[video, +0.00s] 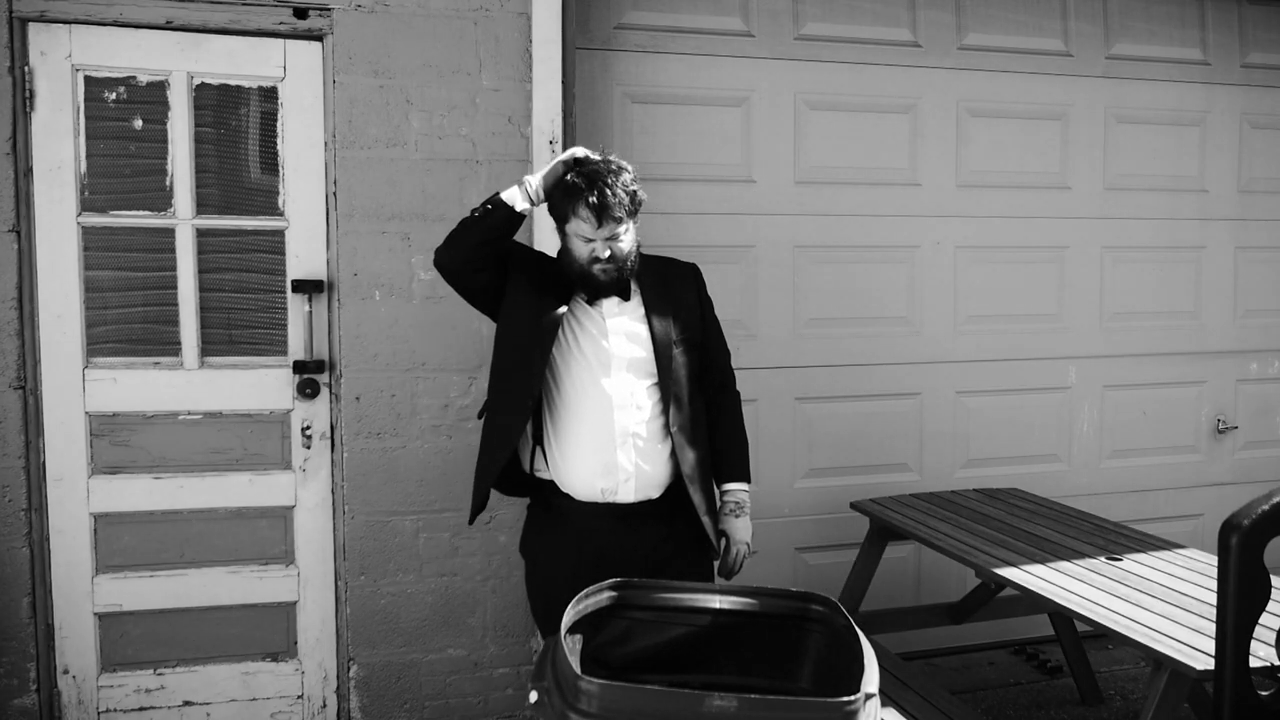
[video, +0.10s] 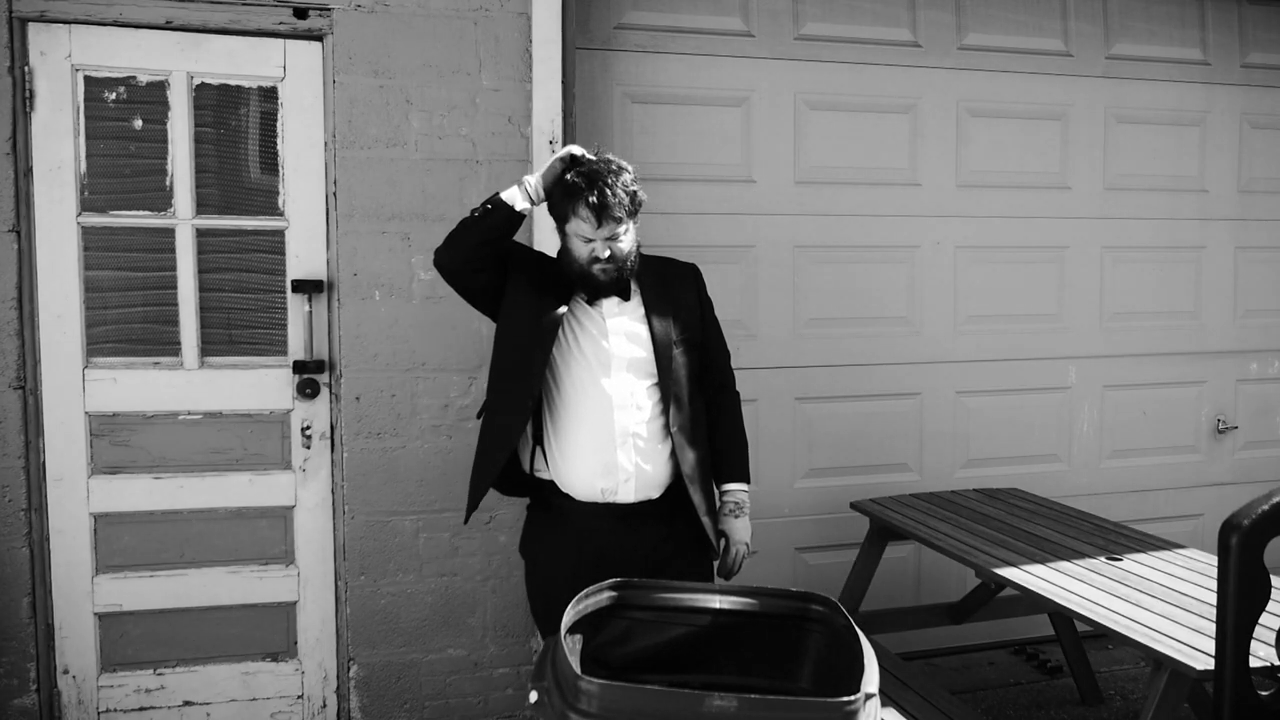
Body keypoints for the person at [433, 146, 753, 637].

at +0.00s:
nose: (603, 251)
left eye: (616, 235)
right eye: (586, 238)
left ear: (635, 224)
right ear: (558, 232)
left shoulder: (679, 286)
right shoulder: (530, 286)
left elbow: (719, 394)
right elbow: (456, 258)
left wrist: (735, 502)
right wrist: (535, 189)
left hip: (669, 527)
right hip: (565, 530)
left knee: (675, 693)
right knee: (577, 691)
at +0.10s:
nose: (603, 252)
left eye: (616, 236)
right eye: (586, 238)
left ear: (635, 225)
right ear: (558, 231)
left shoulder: (679, 287)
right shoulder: (531, 285)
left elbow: (719, 395)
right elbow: (456, 258)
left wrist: (735, 502)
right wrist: (534, 190)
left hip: (668, 527)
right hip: (564, 530)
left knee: (674, 691)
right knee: (576, 689)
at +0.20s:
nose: (603, 252)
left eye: (616, 236)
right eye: (586, 239)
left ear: (636, 224)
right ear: (559, 233)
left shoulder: (679, 287)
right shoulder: (531, 287)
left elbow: (719, 393)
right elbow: (455, 258)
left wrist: (735, 502)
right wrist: (534, 190)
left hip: (668, 527)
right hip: (565, 529)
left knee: (675, 691)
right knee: (576, 689)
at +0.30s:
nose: (603, 251)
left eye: (616, 235)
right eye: (586, 238)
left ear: (635, 225)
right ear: (559, 233)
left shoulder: (678, 286)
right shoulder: (530, 287)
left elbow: (718, 393)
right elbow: (455, 259)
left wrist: (735, 502)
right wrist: (534, 190)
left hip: (668, 527)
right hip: (564, 529)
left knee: (674, 692)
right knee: (576, 689)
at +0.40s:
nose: (604, 253)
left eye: (617, 237)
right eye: (587, 239)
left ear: (636, 224)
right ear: (559, 233)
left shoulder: (679, 286)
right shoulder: (530, 286)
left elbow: (718, 393)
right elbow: (452, 262)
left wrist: (735, 501)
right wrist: (531, 193)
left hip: (669, 528)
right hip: (565, 531)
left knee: (675, 693)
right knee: (576, 691)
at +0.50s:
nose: (611, 252)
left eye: (622, 235)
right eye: (594, 239)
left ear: (639, 223)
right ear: (565, 235)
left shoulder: (680, 287)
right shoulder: (526, 287)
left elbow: (719, 395)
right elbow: (441, 278)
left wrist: (734, 502)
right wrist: (510, 202)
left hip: (671, 528)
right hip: (566, 532)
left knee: (676, 696)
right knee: (576, 694)